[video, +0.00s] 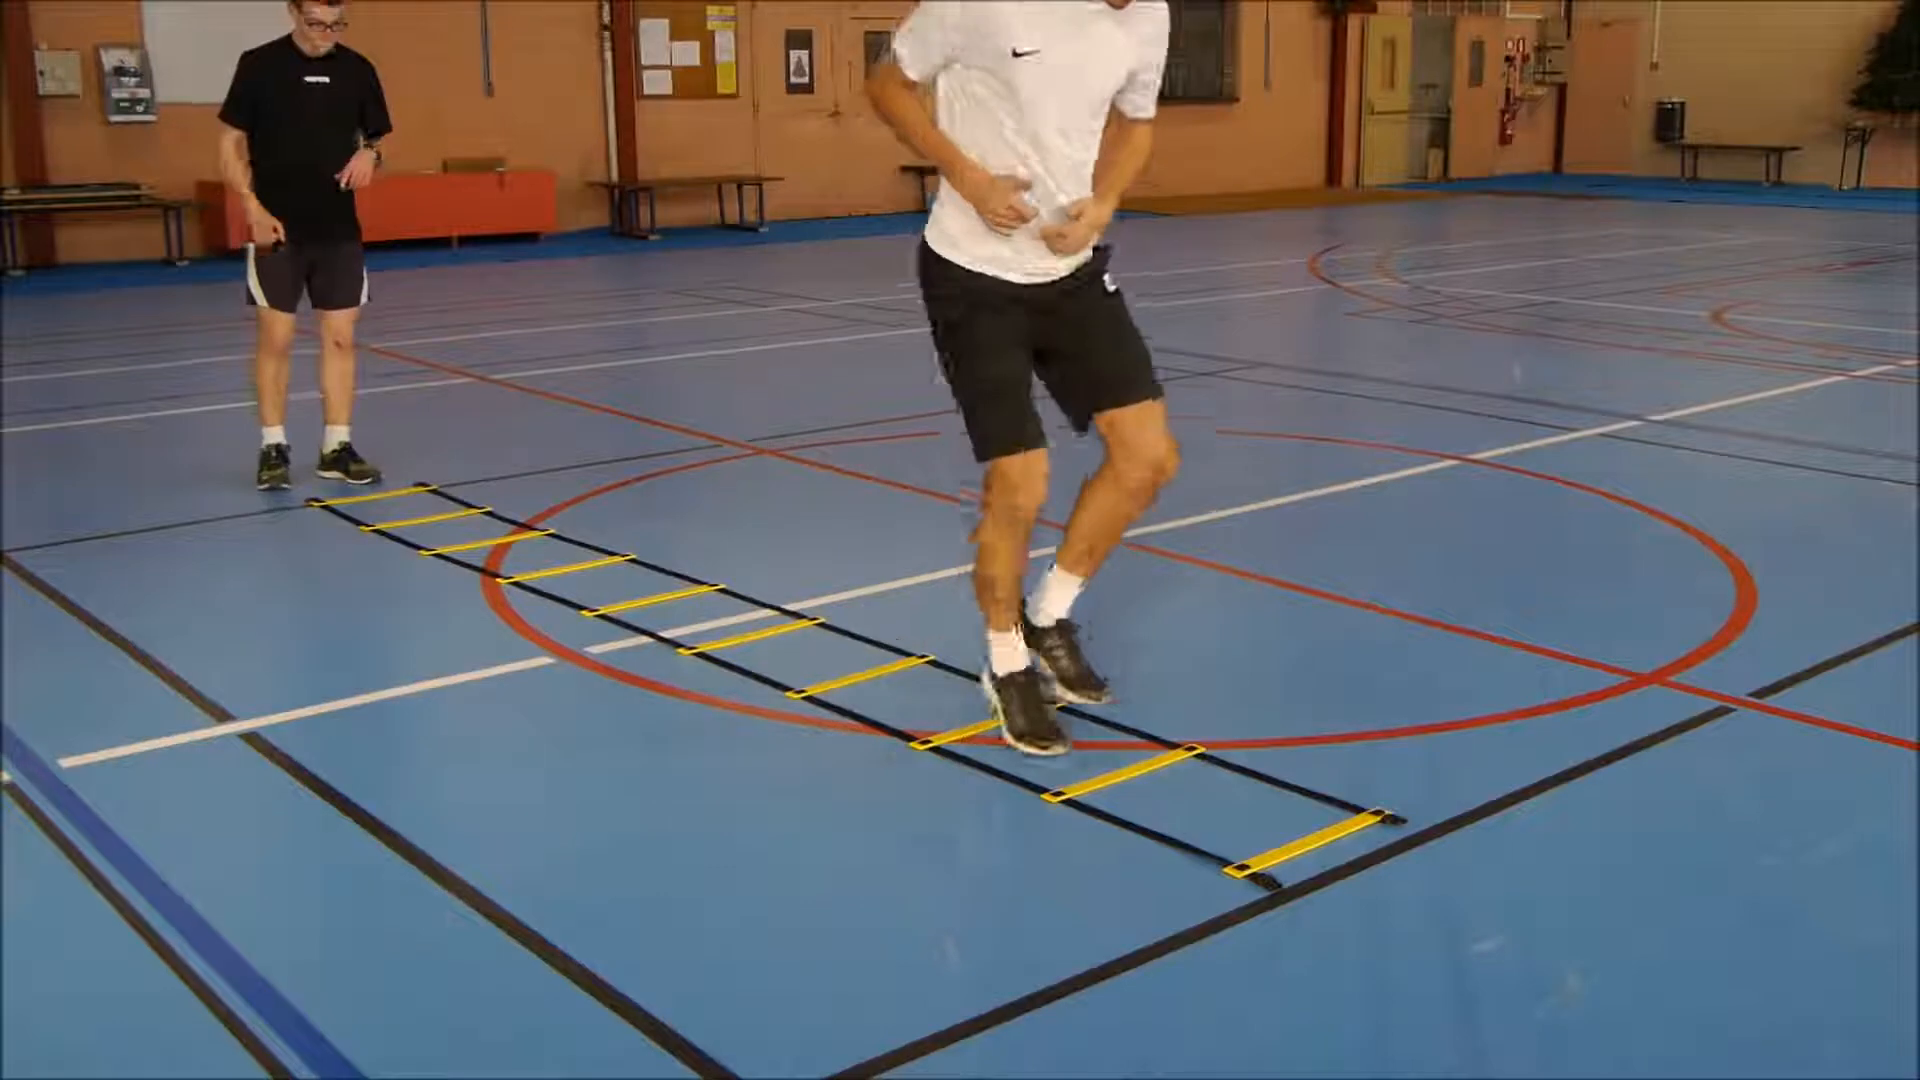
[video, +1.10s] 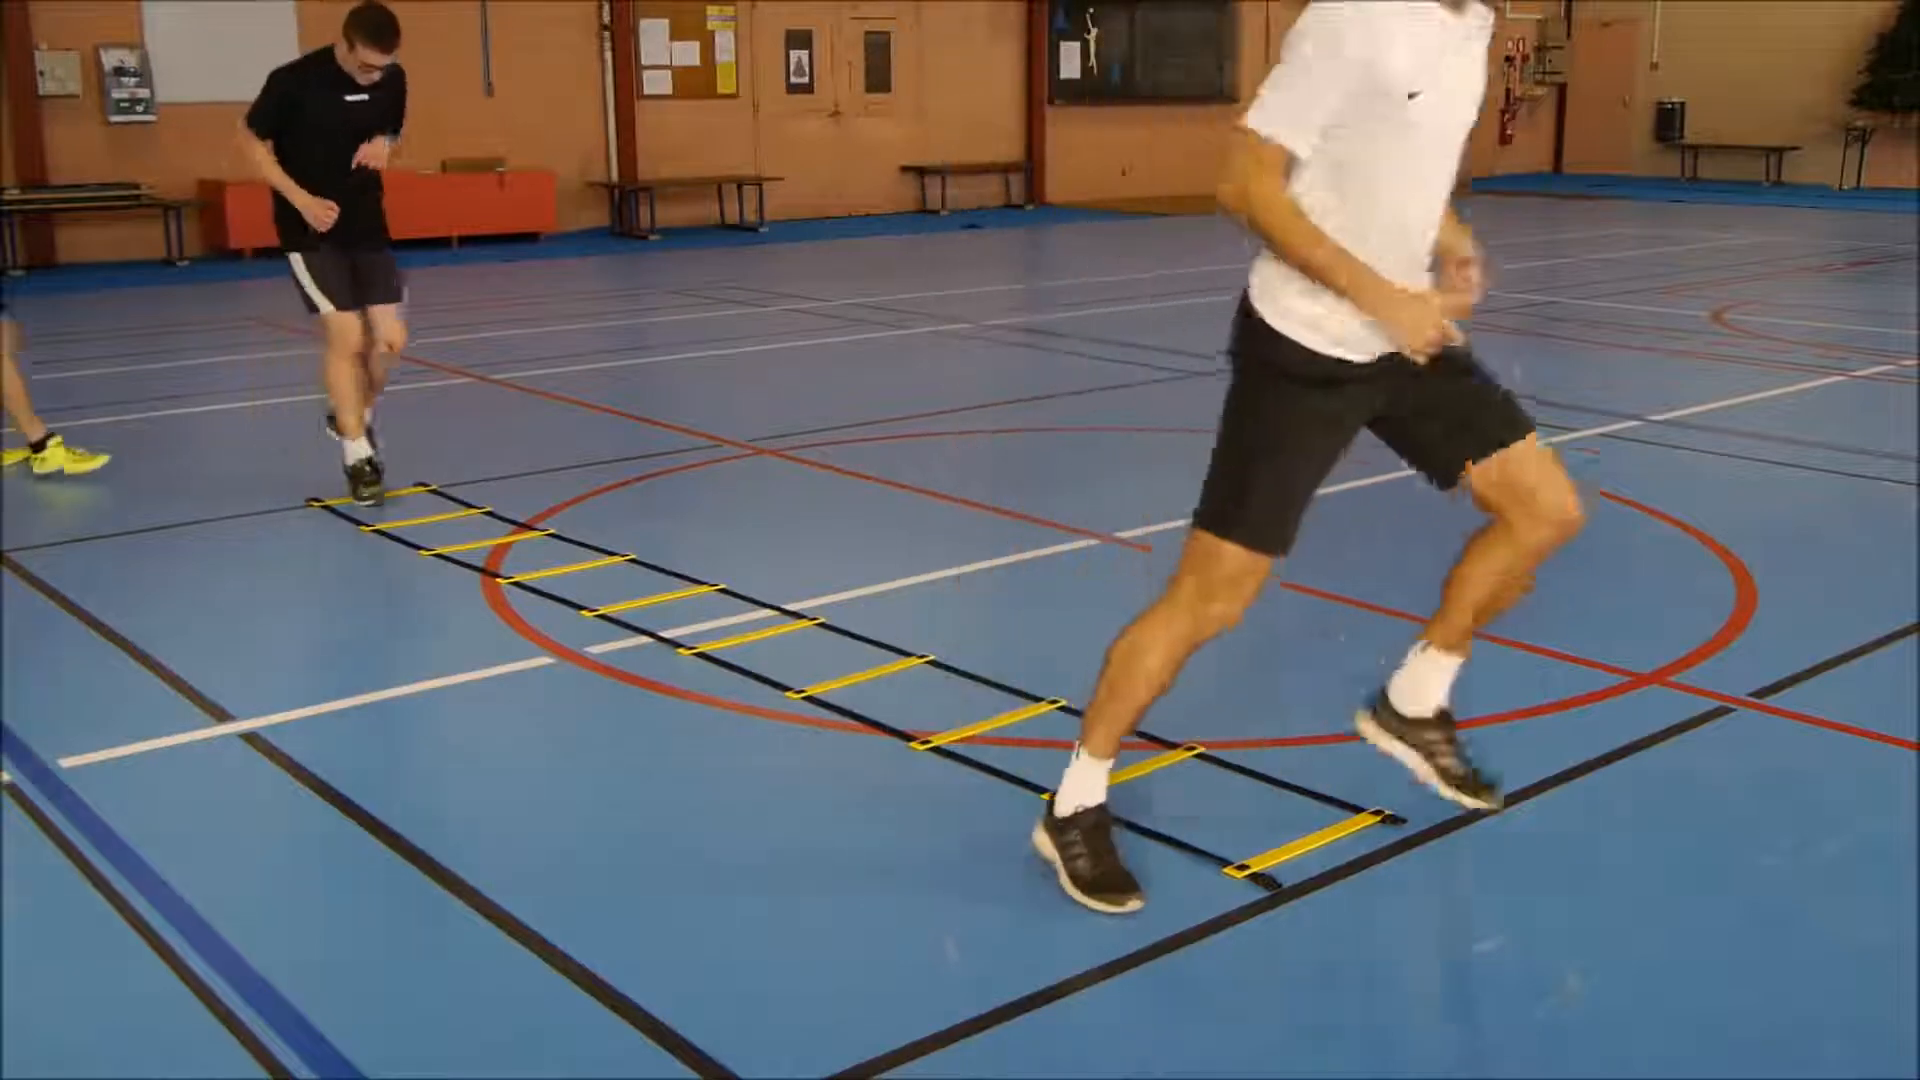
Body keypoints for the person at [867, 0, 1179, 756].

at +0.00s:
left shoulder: (1148, 15)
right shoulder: (978, 9)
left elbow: (1134, 119)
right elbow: (888, 84)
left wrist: (1100, 205)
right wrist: (968, 176)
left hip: (1072, 269)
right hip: (970, 269)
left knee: (1147, 456)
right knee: (1018, 481)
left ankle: (1046, 616)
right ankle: (1006, 665)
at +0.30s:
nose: (1196, 4)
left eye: (1201, 2)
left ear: (1199, 0)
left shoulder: (1197, 23)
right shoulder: (1042, 18)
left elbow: (1169, 136)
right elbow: (955, 135)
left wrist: (1144, 229)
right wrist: (1069, 233)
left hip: (1126, 300)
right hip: (1024, 305)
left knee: (1240, 457)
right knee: (989, 523)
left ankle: (1114, 616)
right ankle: (907, 719)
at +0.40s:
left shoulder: (1253, 17)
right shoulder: (1085, 11)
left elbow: (1224, 120)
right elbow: (999, 120)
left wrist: (1194, 215)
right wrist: (1088, 228)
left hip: (1173, 281)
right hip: (1060, 285)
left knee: (1266, 462)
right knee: (1042, 509)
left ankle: (1211, 657)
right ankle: (954, 695)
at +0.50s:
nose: (1266, 3)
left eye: (1276, 2)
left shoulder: (1293, 22)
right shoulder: (1106, 13)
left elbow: (1277, 133)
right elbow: (1026, 113)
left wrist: (1235, 220)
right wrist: (1094, 217)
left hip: (1209, 300)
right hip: (1096, 295)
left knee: (1261, 500)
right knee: (1085, 500)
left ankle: (1218, 675)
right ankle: (1050, 674)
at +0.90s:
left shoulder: (1425, 13)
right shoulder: (1220, 8)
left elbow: (1402, 135)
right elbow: (1135, 109)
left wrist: (1350, 224)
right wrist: (1204, 227)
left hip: (1319, 308)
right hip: (1201, 296)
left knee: (1335, 536)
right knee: (1212, 533)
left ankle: (1207, 715)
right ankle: (1127, 743)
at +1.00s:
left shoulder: (1436, 19)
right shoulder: (1284, 18)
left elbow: (1362, 142)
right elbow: (1178, 163)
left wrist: (1386, 224)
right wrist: (1306, 284)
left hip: (1357, 340)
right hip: (1253, 343)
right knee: (1189, 598)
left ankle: (1319, 675)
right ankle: (1070, 808)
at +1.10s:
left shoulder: (1473, 25)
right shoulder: (1350, 23)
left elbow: (1394, 161)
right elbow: (1248, 181)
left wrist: (1446, 235)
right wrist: (1384, 299)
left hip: (1403, 343)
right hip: (1299, 346)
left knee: (1544, 510)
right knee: (1210, 596)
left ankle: (1414, 702)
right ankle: (1074, 803)